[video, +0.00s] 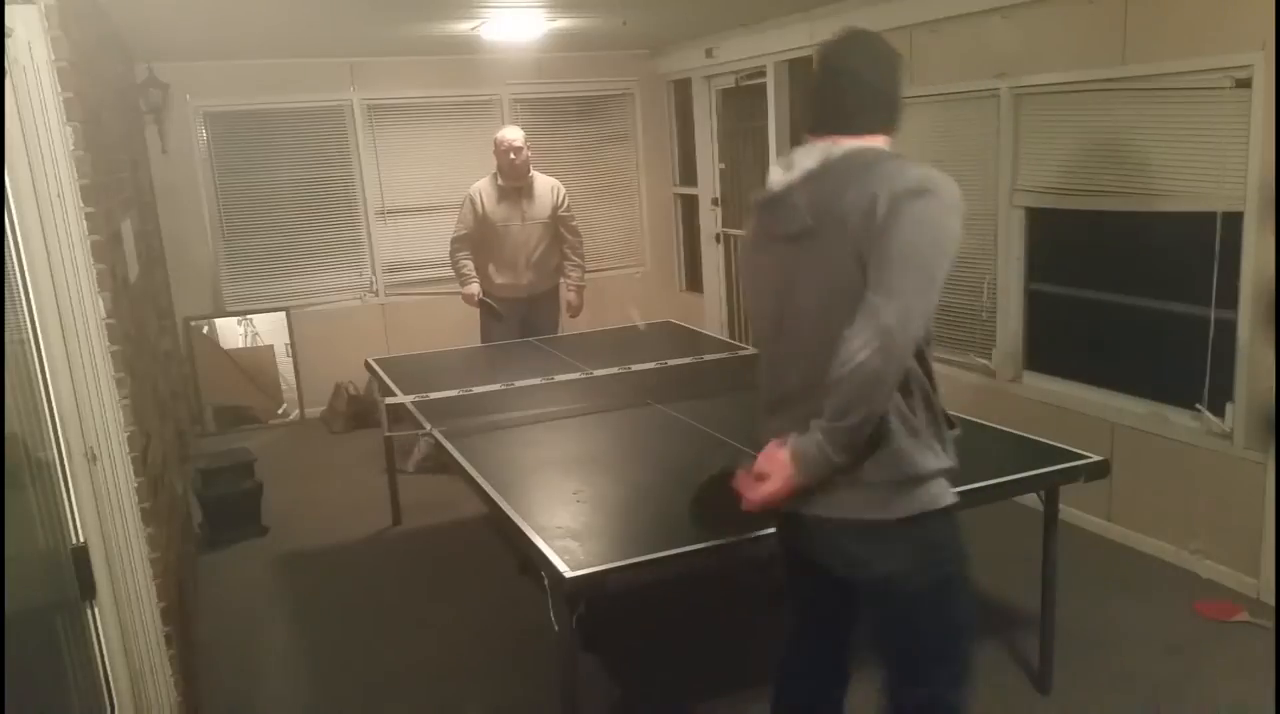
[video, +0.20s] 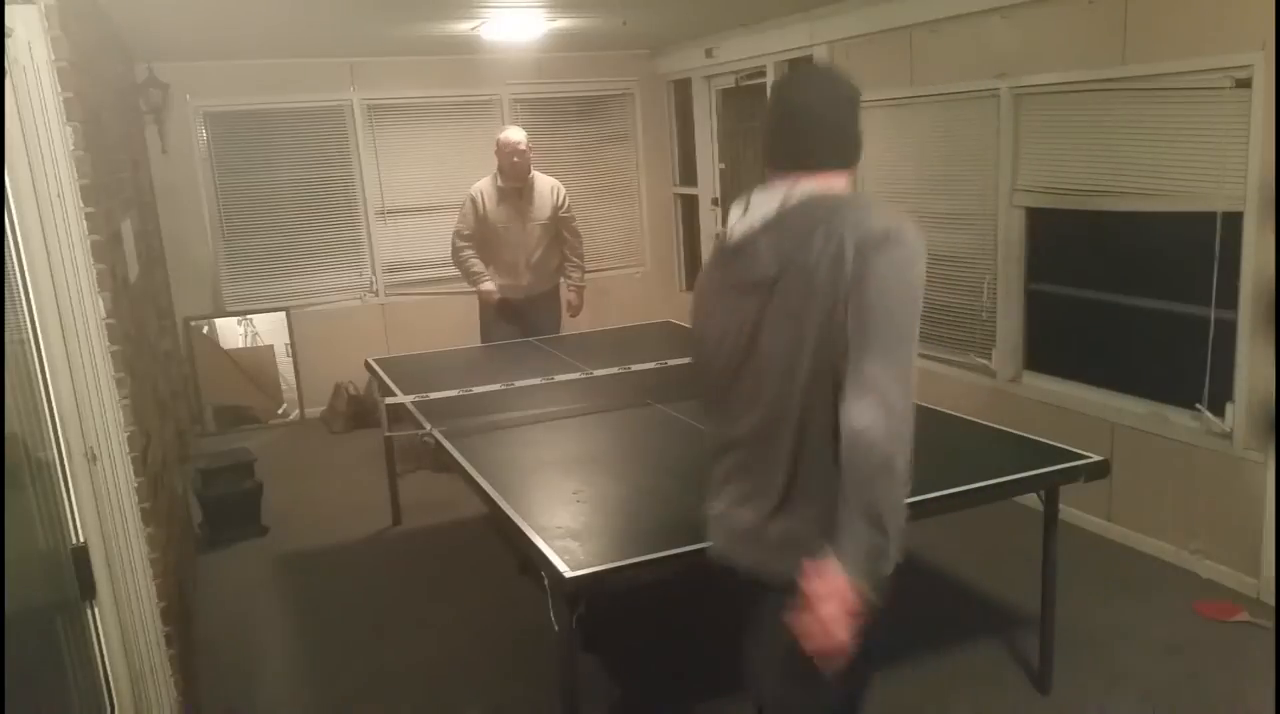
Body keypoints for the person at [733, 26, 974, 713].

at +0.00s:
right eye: (890, 90)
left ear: (813, 99)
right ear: (895, 102)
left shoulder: (774, 202)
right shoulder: (917, 190)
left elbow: (773, 341)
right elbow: (883, 339)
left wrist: (784, 445)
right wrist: (812, 454)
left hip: (802, 514)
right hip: (895, 519)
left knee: (807, 686)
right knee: (930, 691)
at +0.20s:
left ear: (768, 142)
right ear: (854, 142)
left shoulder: (730, 251)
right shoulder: (880, 240)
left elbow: (716, 389)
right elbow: (873, 414)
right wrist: (854, 564)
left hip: (735, 545)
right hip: (821, 557)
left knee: (760, 693)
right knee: (808, 696)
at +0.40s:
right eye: (829, 167)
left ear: (737, 188)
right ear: (829, 186)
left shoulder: (690, 296)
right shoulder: (869, 289)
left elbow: (663, 444)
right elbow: (909, 469)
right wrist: (938, 603)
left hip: (704, 594)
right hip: (818, 608)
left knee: (725, 701)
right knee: (827, 703)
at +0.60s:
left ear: (746, 221)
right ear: (833, 223)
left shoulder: (690, 326)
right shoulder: (874, 325)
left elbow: (658, 470)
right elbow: (933, 490)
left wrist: (710, 527)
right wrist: (978, 576)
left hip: (700, 618)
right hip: (831, 620)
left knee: (690, 702)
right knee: (923, 704)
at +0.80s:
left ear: (788, 219)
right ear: (880, 223)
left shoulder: (733, 334)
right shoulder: (941, 334)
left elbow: (692, 480)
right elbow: (997, 507)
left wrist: (706, 561)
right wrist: (973, 585)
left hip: (758, 630)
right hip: (899, 634)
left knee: (738, 701)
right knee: (965, 704)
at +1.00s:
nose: (765, 215)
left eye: (764, 201)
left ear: (769, 211)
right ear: (861, 194)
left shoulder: (770, 316)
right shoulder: (967, 300)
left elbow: (709, 483)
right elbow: (998, 450)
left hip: (825, 617)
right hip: (963, 611)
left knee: (724, 703)